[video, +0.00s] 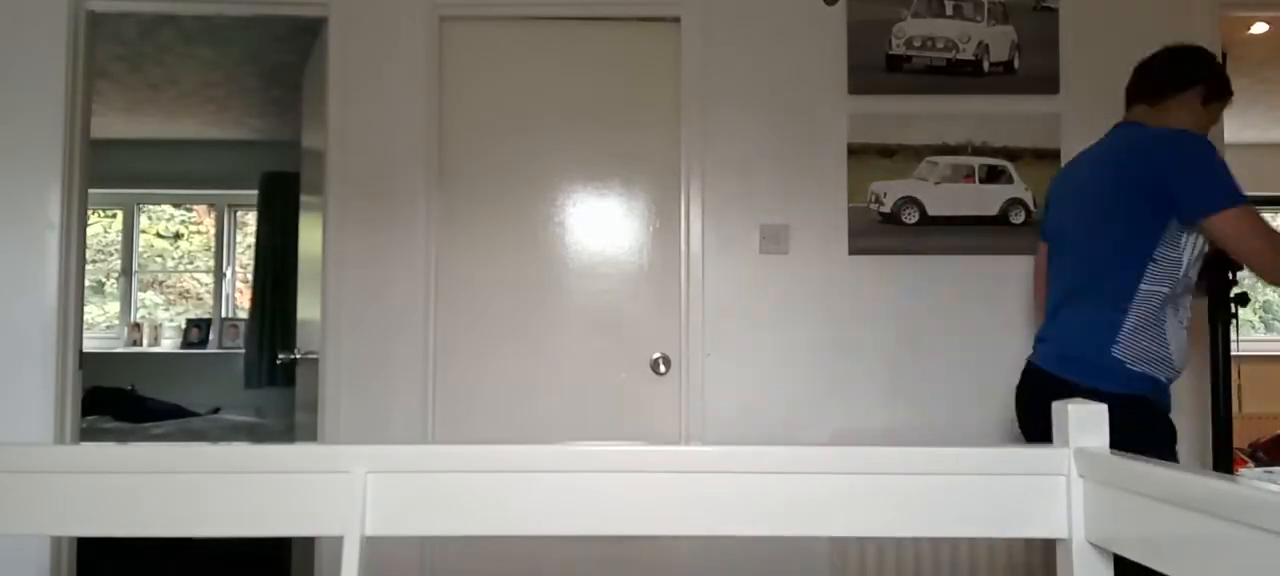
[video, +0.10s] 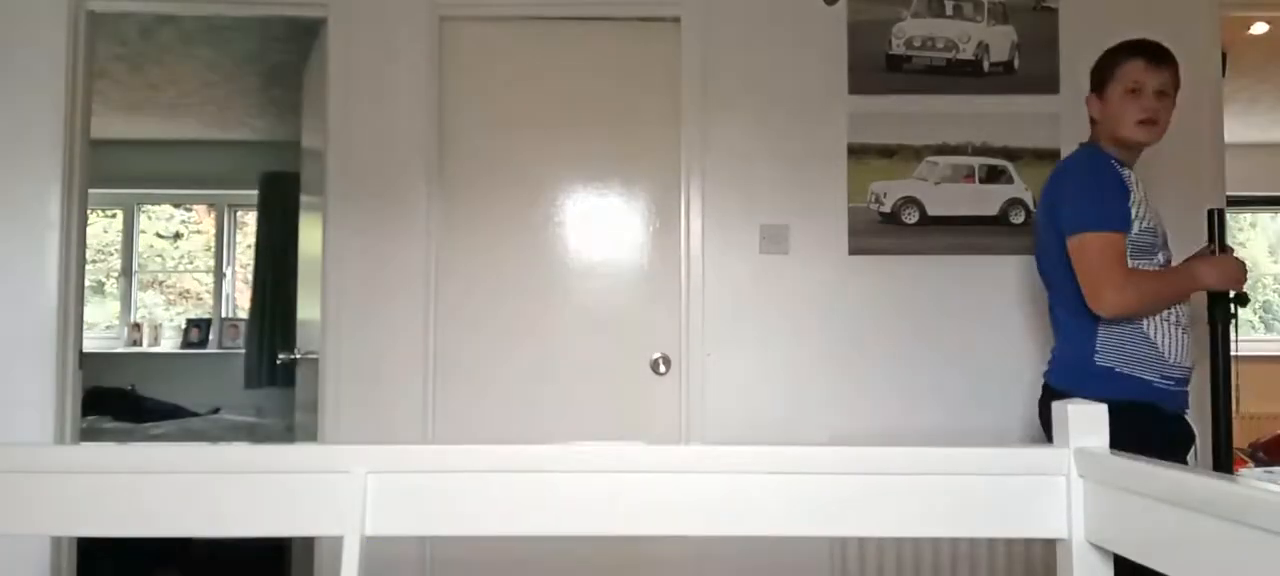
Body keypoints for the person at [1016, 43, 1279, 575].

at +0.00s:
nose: (1209, 133)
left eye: (1214, 122)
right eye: (1211, 119)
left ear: (1139, 97)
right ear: (1192, 97)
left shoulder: (1074, 171)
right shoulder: (1180, 151)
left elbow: (1045, 303)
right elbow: (1270, 262)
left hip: (1046, 392)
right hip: (1121, 404)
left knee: (1078, 556)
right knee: (1151, 561)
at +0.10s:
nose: (1153, 105)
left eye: (1164, 95)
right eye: (1135, 91)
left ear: (1173, 108)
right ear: (1095, 104)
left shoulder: (1120, 181)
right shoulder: (1089, 174)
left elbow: (1124, 286)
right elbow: (1109, 294)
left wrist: (1189, 269)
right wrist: (1198, 276)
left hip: (1140, 403)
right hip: (1109, 406)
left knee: (1152, 562)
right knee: (1129, 564)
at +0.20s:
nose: (1176, 160)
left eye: (1182, 147)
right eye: (1177, 144)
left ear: (1137, 127)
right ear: (1139, 125)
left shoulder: (1096, 186)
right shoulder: (1077, 185)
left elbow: (1101, 302)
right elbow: (1095, 306)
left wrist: (1177, 282)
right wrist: (1178, 281)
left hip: (1118, 408)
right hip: (1095, 412)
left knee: (1135, 565)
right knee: (1122, 567)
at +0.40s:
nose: (1240, 81)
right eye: (1243, 70)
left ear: (1156, 75)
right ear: (1242, 72)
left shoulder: (1099, 152)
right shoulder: (1268, 146)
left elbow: (1095, 272)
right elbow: (1272, 272)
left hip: (1110, 385)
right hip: (1229, 390)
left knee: (1122, 552)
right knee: (1234, 551)